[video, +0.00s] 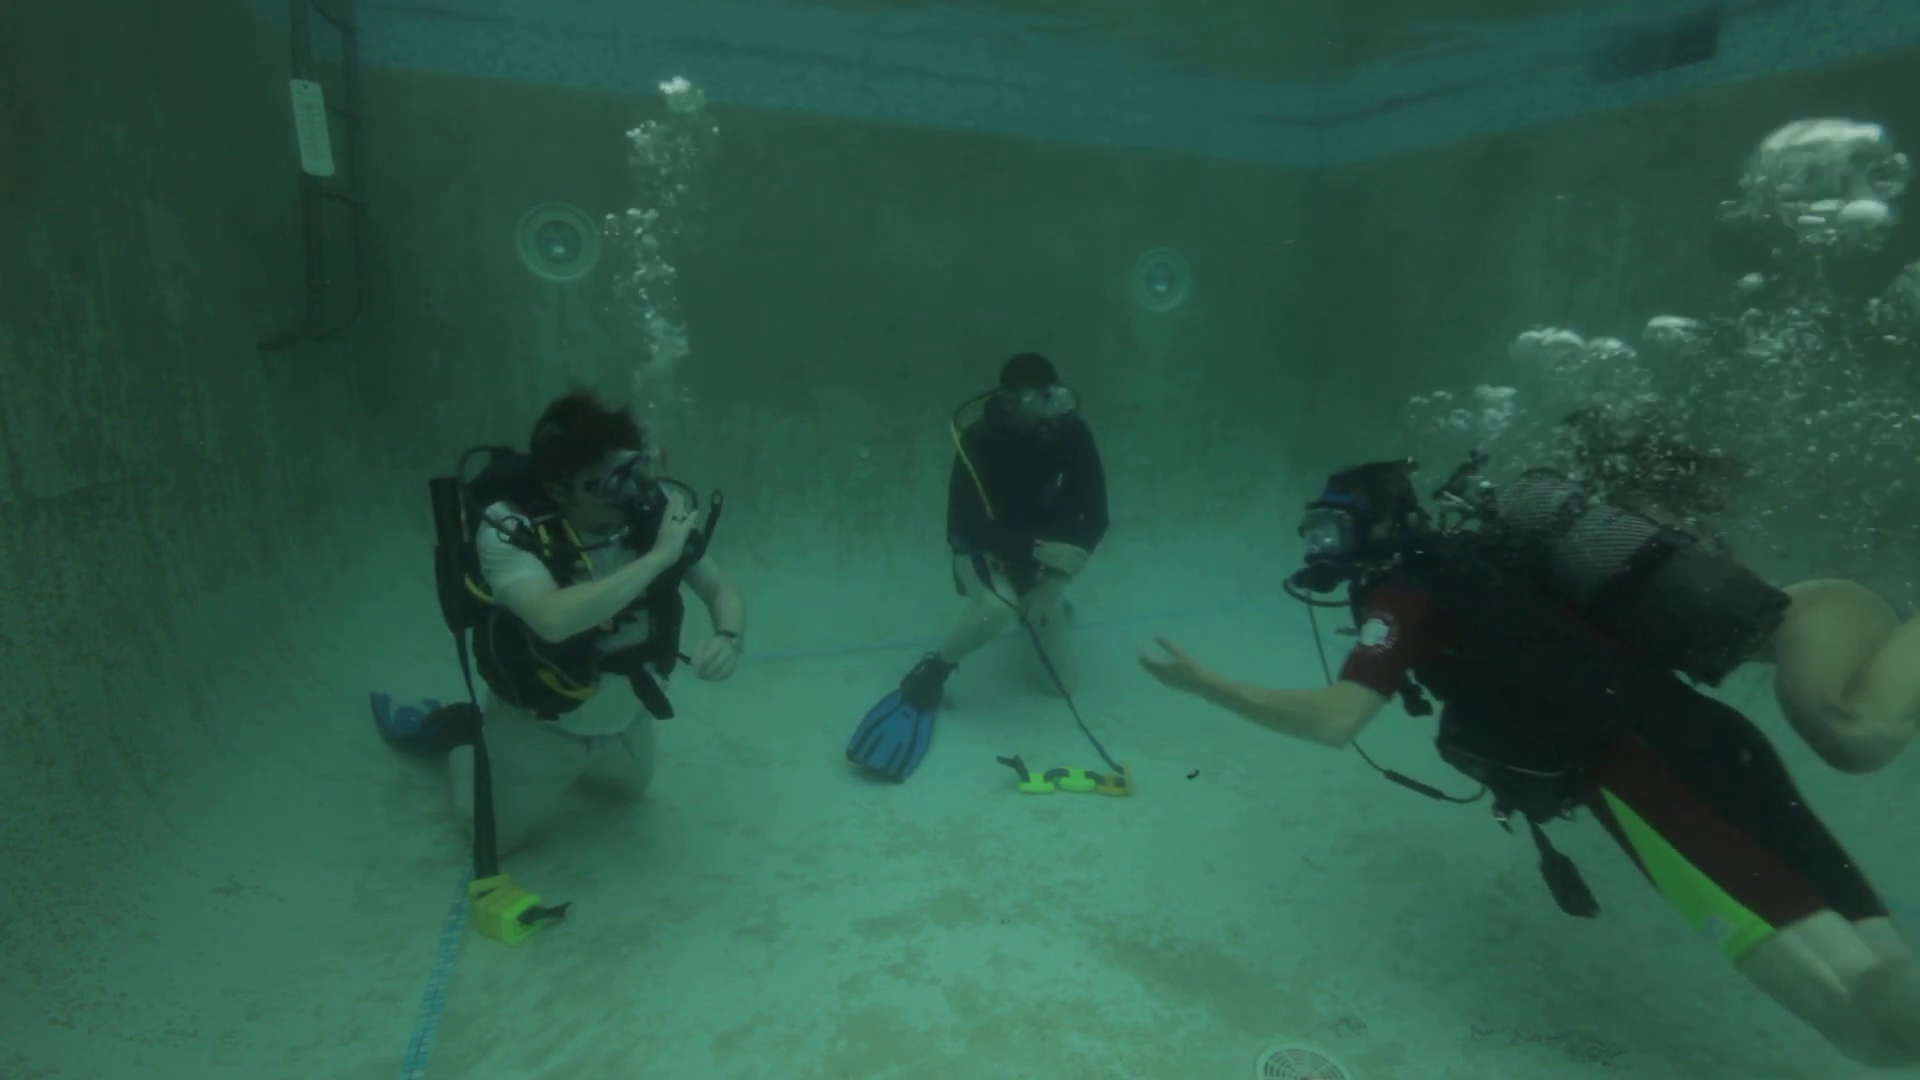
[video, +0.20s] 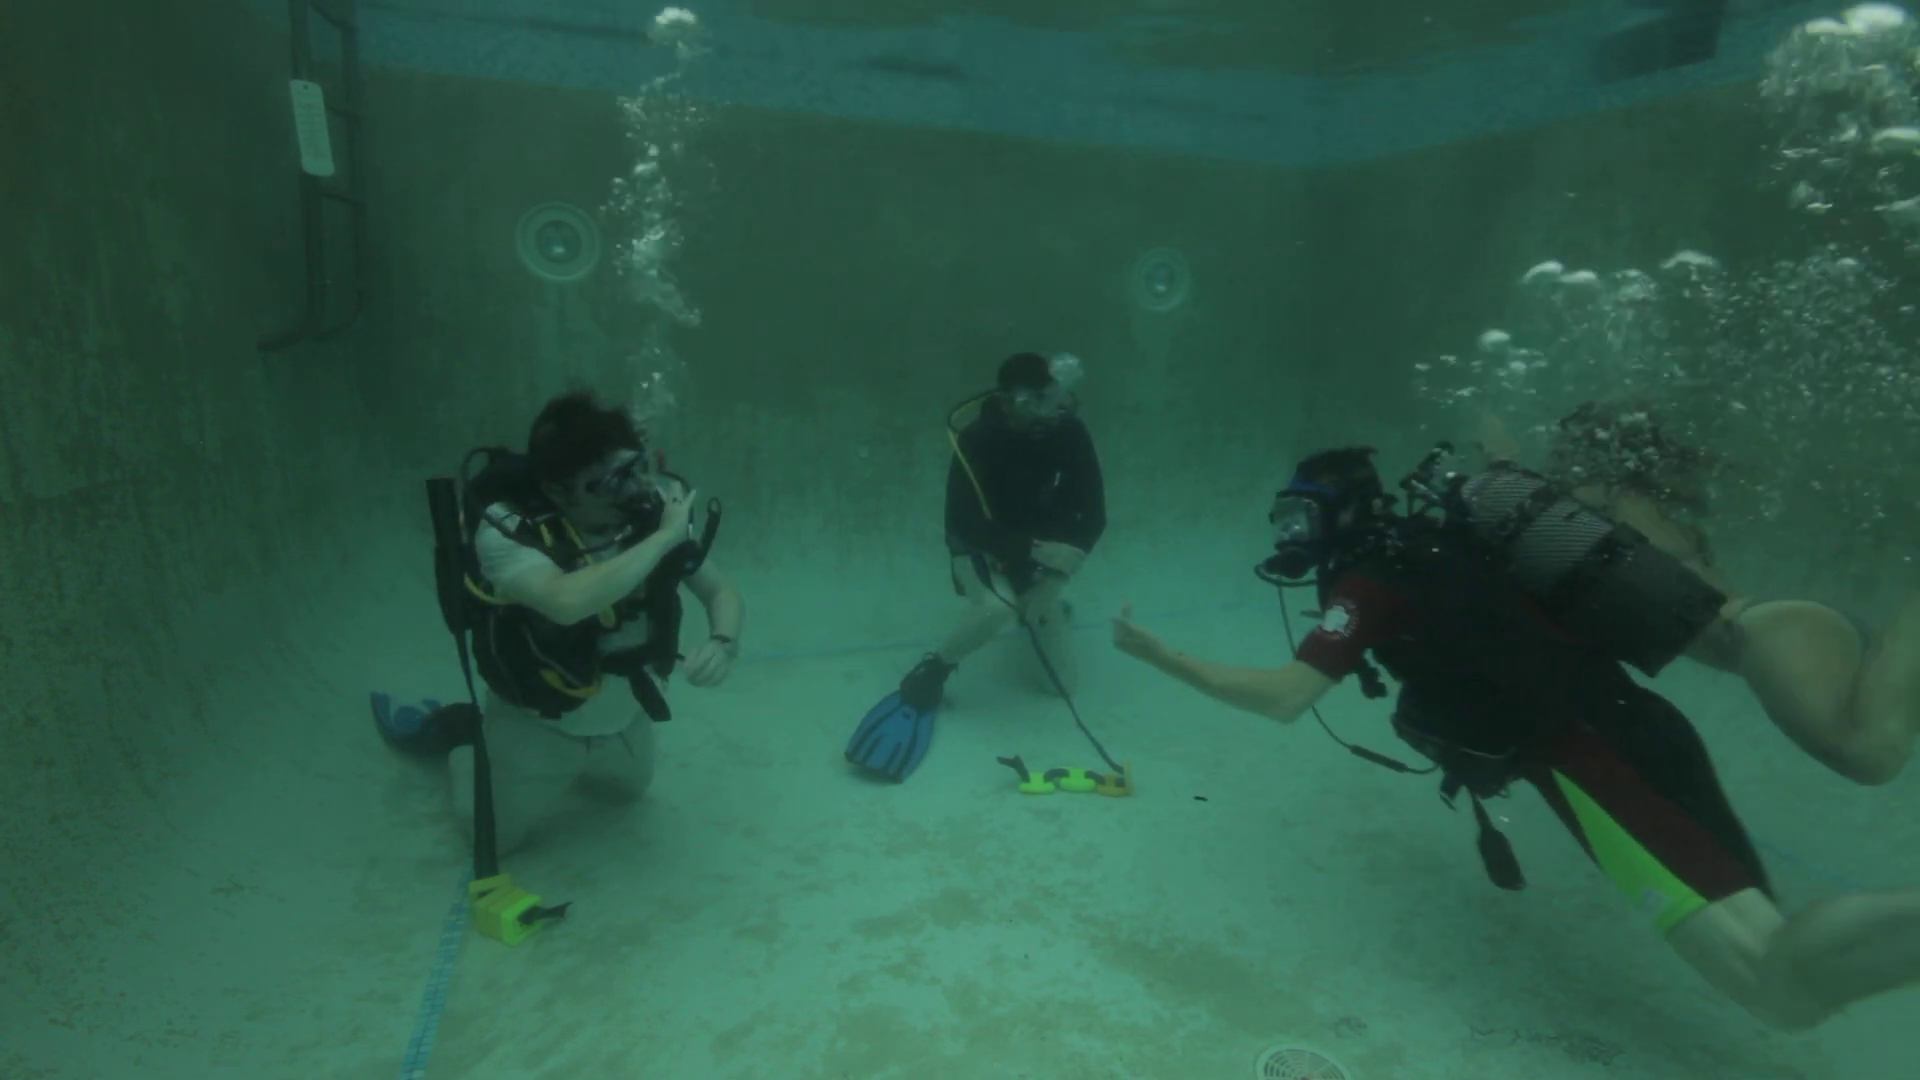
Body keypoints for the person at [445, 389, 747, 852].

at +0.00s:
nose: (635, 492)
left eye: (636, 472)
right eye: (614, 481)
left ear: (643, 462)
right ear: (562, 489)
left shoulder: (646, 512)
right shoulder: (506, 529)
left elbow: (719, 586)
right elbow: (552, 620)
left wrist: (727, 636)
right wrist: (660, 556)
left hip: (625, 711)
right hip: (538, 722)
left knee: (627, 786)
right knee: (503, 832)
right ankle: (461, 731)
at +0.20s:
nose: (627, 494)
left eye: (630, 475)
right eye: (606, 485)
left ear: (638, 465)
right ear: (557, 492)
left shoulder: (644, 511)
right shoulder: (502, 532)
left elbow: (719, 589)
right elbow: (566, 601)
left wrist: (723, 641)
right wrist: (665, 538)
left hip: (622, 706)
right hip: (535, 717)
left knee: (628, 785)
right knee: (505, 830)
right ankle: (458, 730)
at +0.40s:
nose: (630, 490)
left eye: (632, 472)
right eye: (611, 481)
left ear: (639, 461)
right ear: (563, 490)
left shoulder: (653, 508)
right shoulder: (502, 534)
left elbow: (717, 590)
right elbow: (579, 595)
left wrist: (719, 642)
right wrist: (674, 532)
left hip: (624, 705)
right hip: (536, 717)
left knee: (625, 787)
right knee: (501, 832)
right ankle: (457, 732)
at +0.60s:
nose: (633, 484)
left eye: (631, 468)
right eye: (616, 475)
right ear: (570, 486)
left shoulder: (642, 513)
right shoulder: (502, 534)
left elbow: (710, 583)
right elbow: (585, 595)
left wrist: (721, 634)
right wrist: (681, 546)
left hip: (623, 704)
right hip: (535, 718)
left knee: (625, 788)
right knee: (499, 832)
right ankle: (455, 732)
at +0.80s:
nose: (644, 472)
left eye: (641, 459)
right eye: (628, 465)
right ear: (583, 479)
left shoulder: (637, 514)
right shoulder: (507, 528)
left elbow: (688, 574)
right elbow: (589, 593)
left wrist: (727, 614)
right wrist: (691, 565)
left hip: (623, 704)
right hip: (534, 721)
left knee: (625, 785)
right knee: (499, 835)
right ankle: (458, 729)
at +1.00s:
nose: (659, 468)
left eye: (654, 455)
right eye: (644, 461)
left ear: (607, 475)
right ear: (600, 476)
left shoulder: (642, 516)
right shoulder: (516, 521)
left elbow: (684, 594)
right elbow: (589, 588)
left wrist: (738, 599)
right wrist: (696, 580)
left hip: (617, 701)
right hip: (527, 719)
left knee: (627, 775)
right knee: (494, 839)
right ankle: (459, 728)